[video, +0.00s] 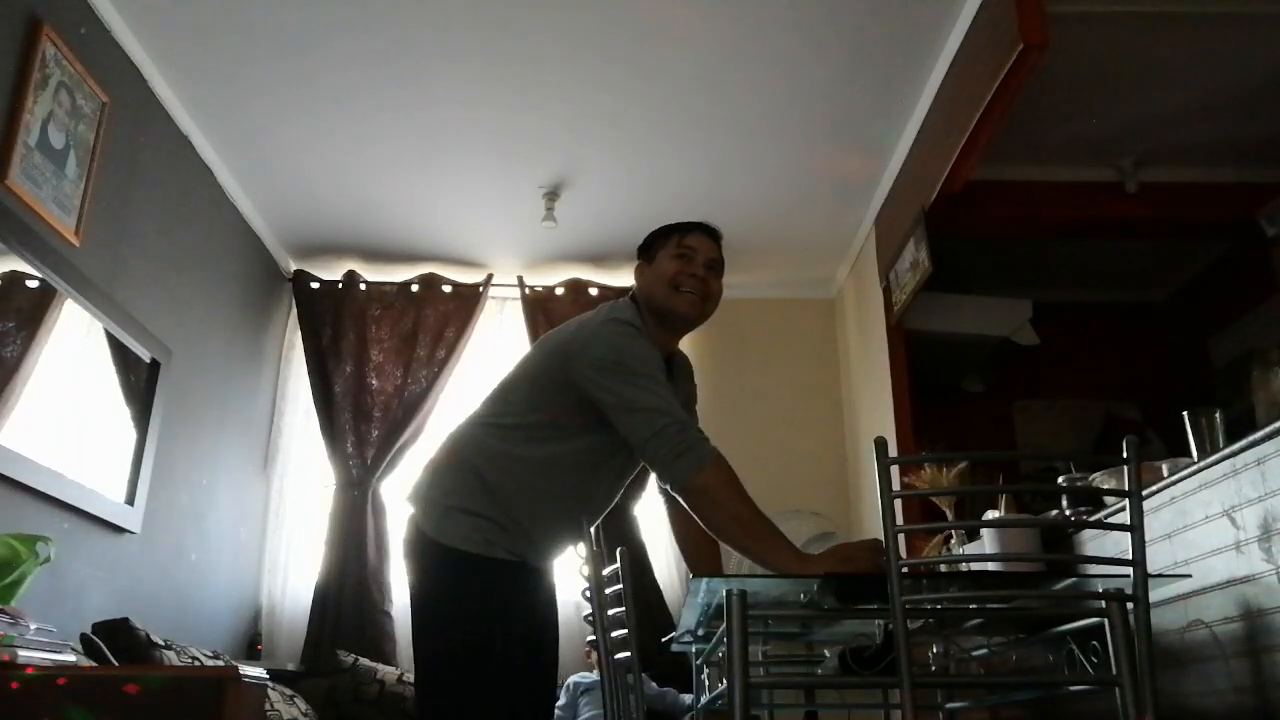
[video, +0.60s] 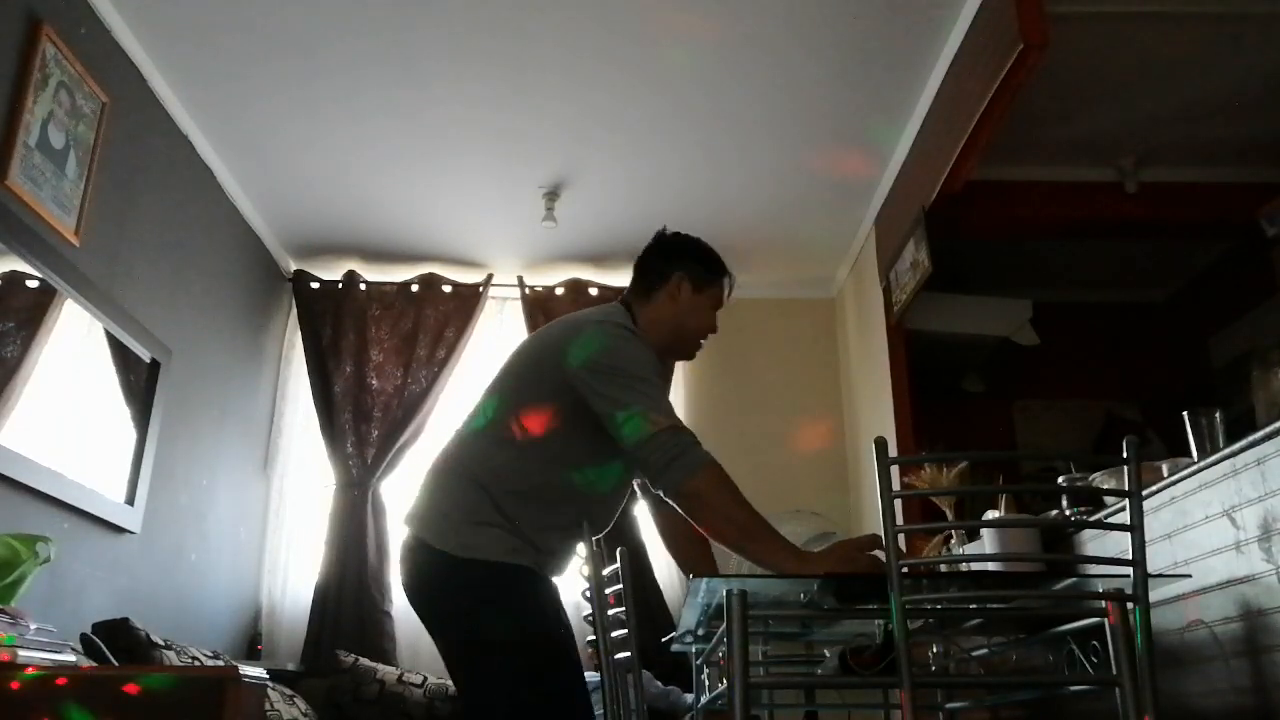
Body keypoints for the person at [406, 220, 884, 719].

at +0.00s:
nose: (698, 271)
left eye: (712, 267)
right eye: (682, 256)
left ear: (717, 294)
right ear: (641, 271)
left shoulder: (675, 375)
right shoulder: (611, 338)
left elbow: (688, 497)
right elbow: (692, 468)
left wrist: (716, 599)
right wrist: (801, 564)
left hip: (523, 550)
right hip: (463, 534)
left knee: (526, 704)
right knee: (470, 706)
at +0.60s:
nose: (714, 327)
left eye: (718, 312)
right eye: (714, 307)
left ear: (671, 290)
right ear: (679, 289)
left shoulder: (624, 355)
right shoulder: (605, 342)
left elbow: (671, 499)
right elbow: (686, 474)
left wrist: (718, 599)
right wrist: (803, 562)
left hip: (505, 563)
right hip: (473, 560)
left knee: (550, 712)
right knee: (546, 714)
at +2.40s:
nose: (538, 326)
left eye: (537, 320)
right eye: (538, 319)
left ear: (474, 315)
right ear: (530, 315)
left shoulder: (424, 358)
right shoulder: (551, 353)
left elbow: (393, 472)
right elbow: (595, 431)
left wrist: (443, 502)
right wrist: (564, 504)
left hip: (429, 572)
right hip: (517, 572)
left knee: (434, 706)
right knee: (517, 706)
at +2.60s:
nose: (562, 345)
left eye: (562, 338)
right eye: (562, 337)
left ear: (504, 327)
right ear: (551, 331)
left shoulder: (444, 371)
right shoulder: (556, 363)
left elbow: (413, 469)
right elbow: (595, 463)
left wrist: (469, 487)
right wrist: (626, 479)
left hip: (435, 571)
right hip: (511, 573)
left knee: (472, 705)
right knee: (528, 709)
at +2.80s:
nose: (567, 393)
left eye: (568, 385)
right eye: (568, 384)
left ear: (519, 368)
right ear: (560, 374)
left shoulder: (465, 401)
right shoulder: (554, 403)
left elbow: (451, 487)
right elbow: (574, 494)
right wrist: (557, 540)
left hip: (427, 593)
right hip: (496, 596)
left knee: (462, 707)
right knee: (526, 708)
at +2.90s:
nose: (569, 401)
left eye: (572, 395)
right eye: (572, 394)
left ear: (529, 374)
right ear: (566, 382)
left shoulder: (477, 406)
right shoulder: (557, 407)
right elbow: (558, 492)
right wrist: (564, 564)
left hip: (427, 590)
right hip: (489, 594)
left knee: (457, 706)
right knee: (513, 707)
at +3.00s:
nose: (582, 418)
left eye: (585, 411)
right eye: (585, 408)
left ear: (542, 384)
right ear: (577, 393)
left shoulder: (493, 408)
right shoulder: (561, 411)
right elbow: (550, 489)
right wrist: (561, 569)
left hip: (425, 586)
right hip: (478, 592)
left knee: (460, 706)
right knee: (513, 707)